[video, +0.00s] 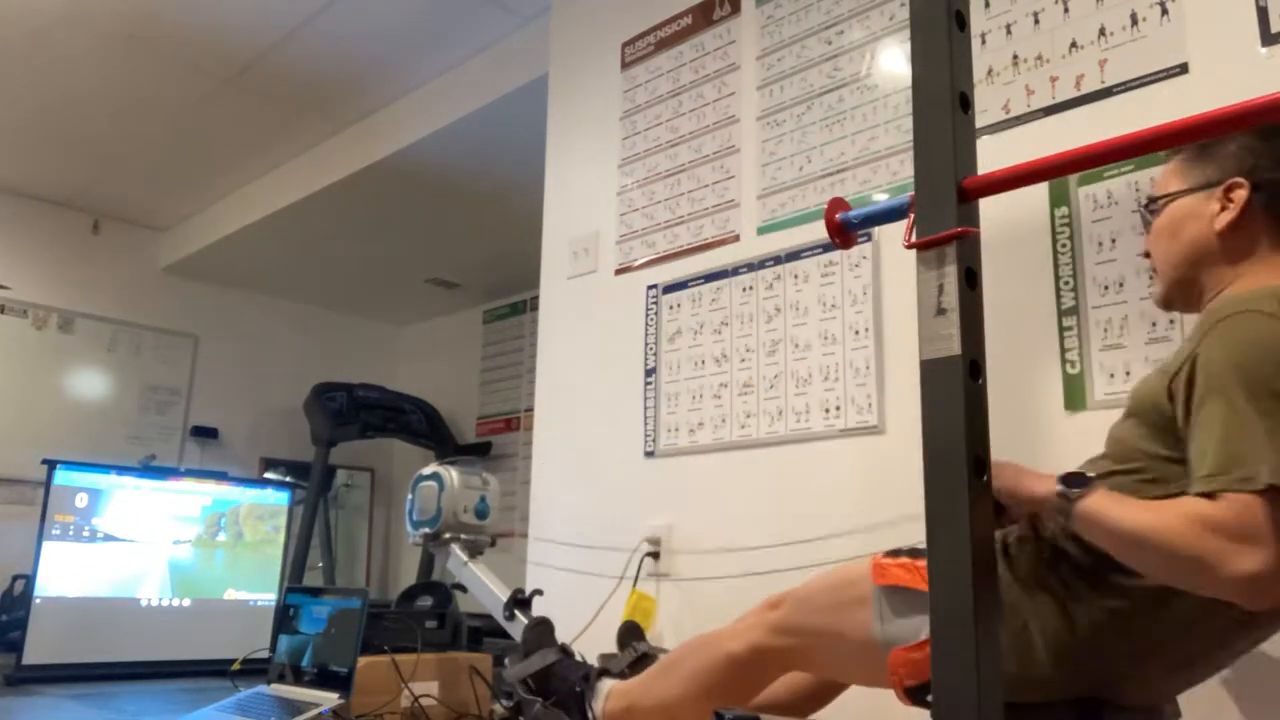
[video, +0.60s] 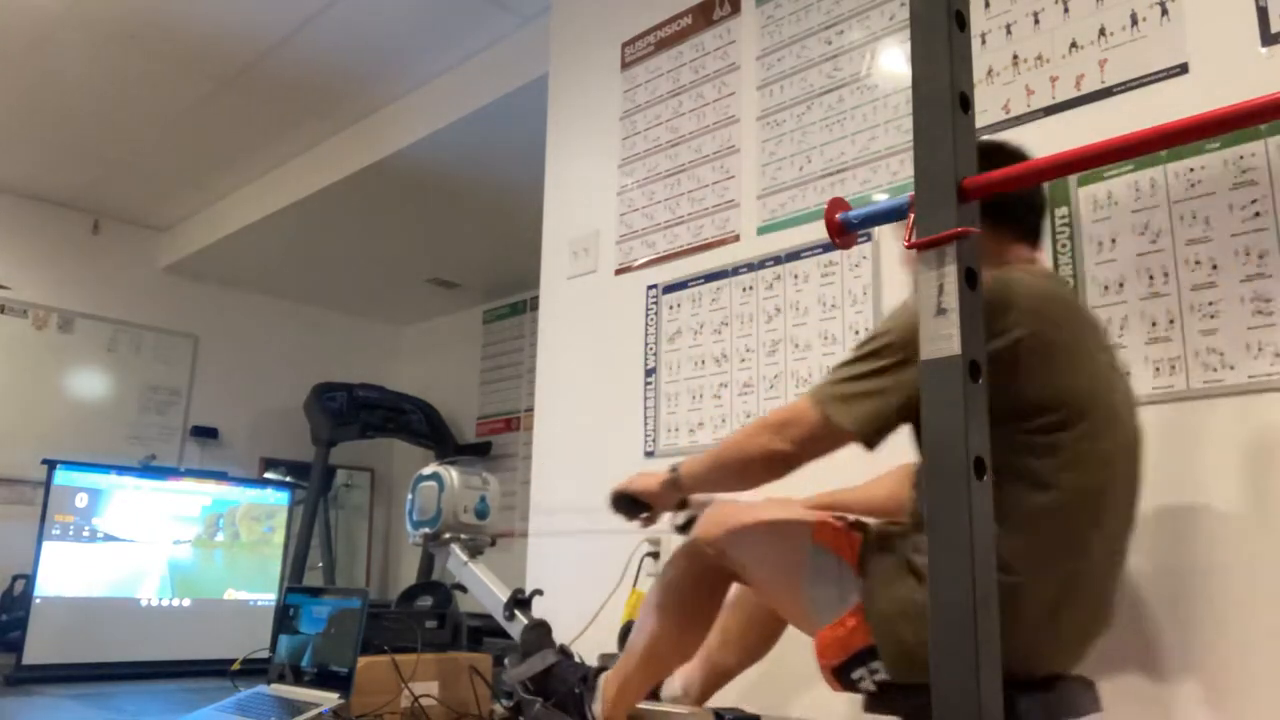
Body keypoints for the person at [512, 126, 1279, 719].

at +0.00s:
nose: (1145, 234)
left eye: (1160, 206)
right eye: (1148, 213)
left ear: (1231, 207)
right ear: (1233, 212)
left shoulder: (1250, 327)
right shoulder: (1241, 329)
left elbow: (1252, 559)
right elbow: (1228, 547)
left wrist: (1058, 498)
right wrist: (1053, 505)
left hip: (1059, 630)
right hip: (1088, 631)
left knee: (783, 620)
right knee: (839, 629)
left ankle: (608, 704)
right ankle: (705, 716)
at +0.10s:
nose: (1141, 234)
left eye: (1157, 206)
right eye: (1145, 212)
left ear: (1228, 207)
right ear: (1231, 212)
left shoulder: (1237, 326)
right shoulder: (1250, 327)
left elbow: (1183, 558)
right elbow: (1201, 561)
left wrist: (992, 507)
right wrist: (999, 518)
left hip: (1048, 628)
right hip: (1094, 638)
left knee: (781, 620)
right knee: (835, 632)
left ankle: (608, 705)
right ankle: (703, 717)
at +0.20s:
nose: (1123, 238)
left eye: (1137, 211)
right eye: (1128, 215)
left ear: (1204, 208)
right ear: (1215, 211)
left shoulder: (1202, 334)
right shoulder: (1267, 330)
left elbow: (1083, 534)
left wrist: (918, 497)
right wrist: (965, 542)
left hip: (1056, 647)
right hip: (1128, 657)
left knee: (780, 611)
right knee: (839, 622)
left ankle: (606, 705)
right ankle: (692, 710)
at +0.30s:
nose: (1083, 229)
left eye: (1098, 205)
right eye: (1087, 209)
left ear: (1164, 204)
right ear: (1183, 207)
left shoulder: (1165, 325)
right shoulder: (1266, 323)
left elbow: (1001, 495)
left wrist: (846, 483)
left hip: (1040, 631)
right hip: (1130, 644)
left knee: (766, 593)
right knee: (831, 608)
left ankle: (610, 703)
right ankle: (697, 706)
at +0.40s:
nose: (1035, 227)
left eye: (1047, 202)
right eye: (1038, 206)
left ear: (1105, 196)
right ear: (1136, 202)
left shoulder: (1110, 310)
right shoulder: (1199, 310)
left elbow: (917, 462)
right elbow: (1073, 506)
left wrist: (782, 472)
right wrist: (918, 523)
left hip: (1042, 627)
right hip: (1105, 626)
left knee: (747, 581)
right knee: (821, 596)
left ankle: (609, 710)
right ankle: (700, 706)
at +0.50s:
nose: (970, 227)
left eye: (982, 202)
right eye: (974, 205)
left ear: (1035, 201)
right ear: (1059, 206)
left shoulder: (1037, 306)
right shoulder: (1131, 306)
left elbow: (847, 445)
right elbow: (1029, 506)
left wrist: (724, 473)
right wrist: (862, 497)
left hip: (1023, 627)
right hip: (1092, 628)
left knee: (738, 557)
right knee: (837, 549)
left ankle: (612, 703)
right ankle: (694, 696)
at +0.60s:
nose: (914, 245)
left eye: (921, 224)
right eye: (915, 226)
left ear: (954, 223)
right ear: (1025, 223)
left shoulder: (965, 304)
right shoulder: (1066, 315)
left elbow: (787, 440)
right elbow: (935, 486)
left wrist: (671, 482)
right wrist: (787, 506)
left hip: (960, 642)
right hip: (1044, 638)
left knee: (716, 533)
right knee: (792, 538)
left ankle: (612, 702)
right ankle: (686, 695)